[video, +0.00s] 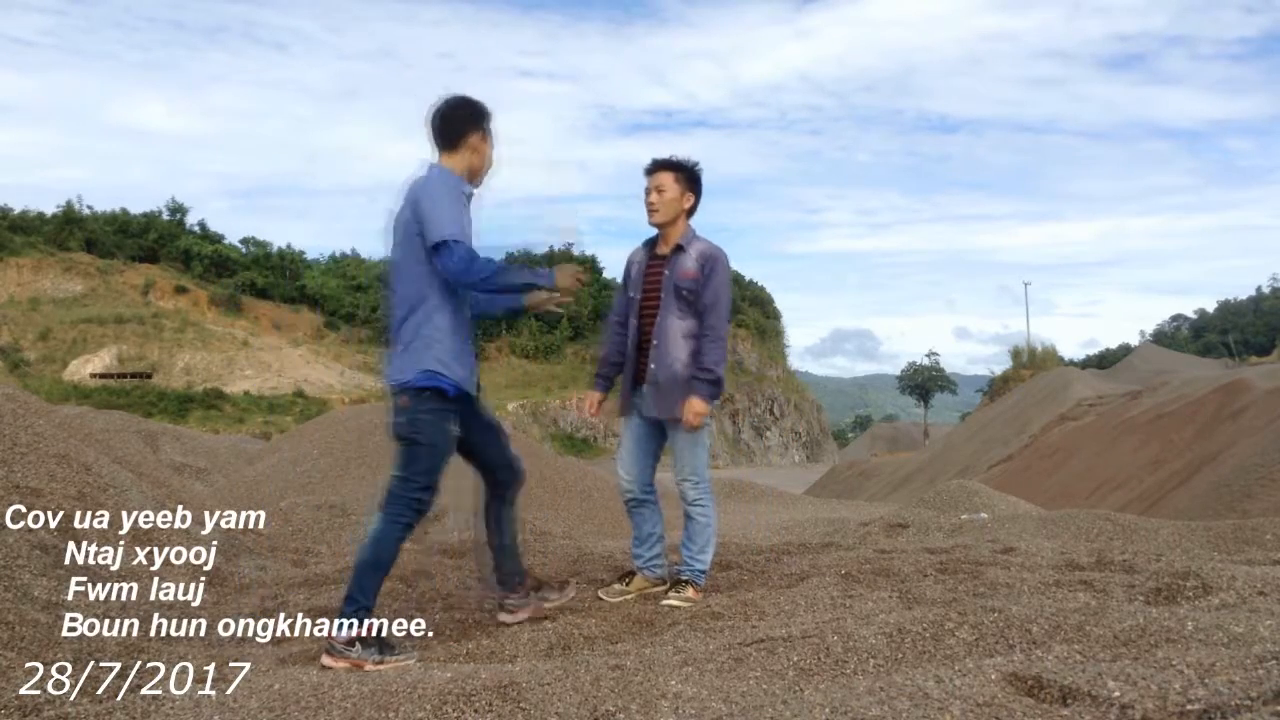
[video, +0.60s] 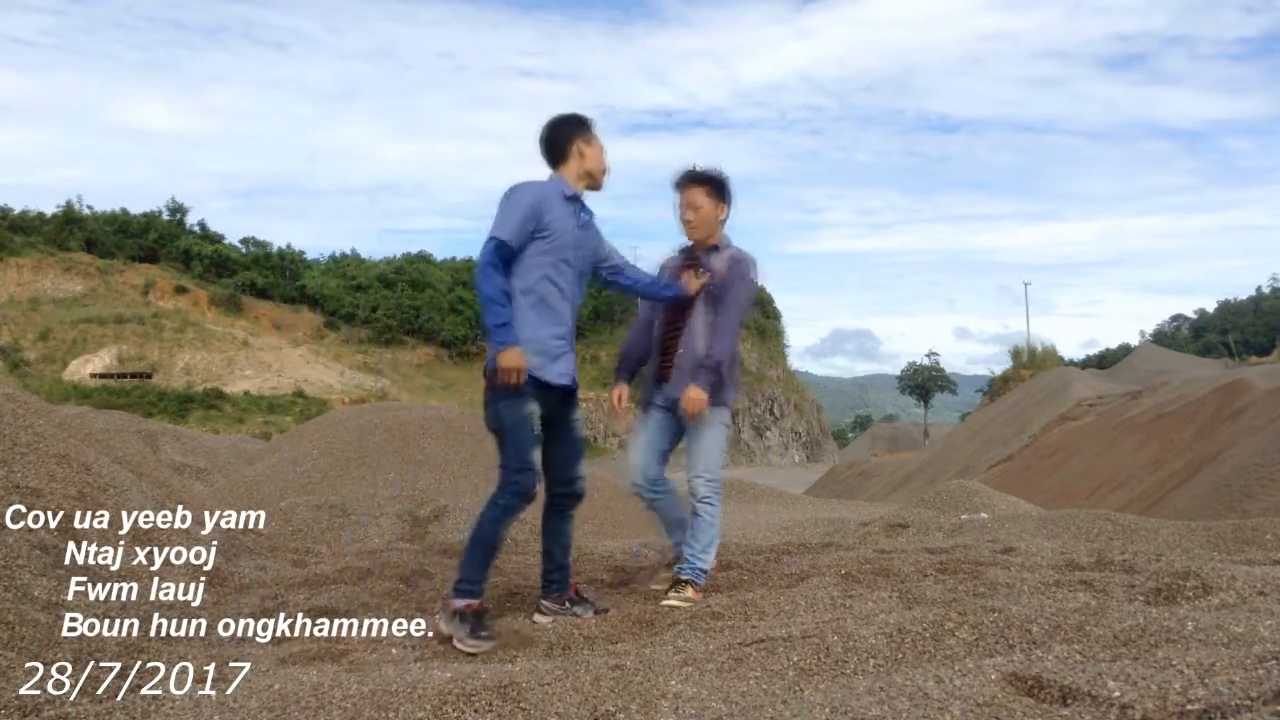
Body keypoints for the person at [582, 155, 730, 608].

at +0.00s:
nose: (650, 199)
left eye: (660, 191)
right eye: (647, 192)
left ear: (687, 199)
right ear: (646, 199)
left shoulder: (709, 258)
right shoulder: (638, 258)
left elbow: (715, 332)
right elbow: (619, 326)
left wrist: (703, 392)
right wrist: (600, 385)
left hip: (686, 393)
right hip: (641, 392)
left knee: (692, 488)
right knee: (634, 485)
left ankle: (693, 577)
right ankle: (650, 571)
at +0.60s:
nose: (686, 216)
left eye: (695, 208)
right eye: (682, 209)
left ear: (721, 210)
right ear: (679, 212)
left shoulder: (738, 265)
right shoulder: (672, 266)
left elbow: (727, 329)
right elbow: (646, 322)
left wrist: (704, 382)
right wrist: (623, 374)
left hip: (709, 395)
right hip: (662, 392)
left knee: (703, 484)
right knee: (643, 474)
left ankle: (692, 574)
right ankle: (690, 546)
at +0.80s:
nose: (722, 238)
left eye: (732, 231)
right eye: (719, 230)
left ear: (755, 240)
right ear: (714, 236)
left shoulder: (769, 296)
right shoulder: (695, 288)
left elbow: (774, 344)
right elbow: (659, 330)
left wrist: (745, 335)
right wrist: (628, 362)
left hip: (741, 403)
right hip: (697, 403)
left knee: (718, 474)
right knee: (693, 493)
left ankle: (702, 571)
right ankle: (739, 565)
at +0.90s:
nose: (729, 244)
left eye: (739, 237)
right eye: (726, 237)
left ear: (761, 247)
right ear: (720, 243)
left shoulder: (782, 300)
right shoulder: (705, 299)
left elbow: (801, 354)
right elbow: (675, 341)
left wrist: (775, 342)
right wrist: (645, 369)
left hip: (756, 404)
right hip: (712, 406)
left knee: (736, 466)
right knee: (697, 487)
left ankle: (740, 558)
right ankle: (724, 555)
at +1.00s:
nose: (742, 240)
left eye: (751, 233)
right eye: (738, 234)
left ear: (773, 239)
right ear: (734, 239)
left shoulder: (796, 291)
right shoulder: (719, 295)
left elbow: (820, 342)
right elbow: (700, 347)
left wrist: (808, 373)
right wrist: (681, 376)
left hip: (776, 400)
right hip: (728, 402)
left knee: (766, 461)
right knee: (719, 483)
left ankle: (781, 540)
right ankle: (736, 567)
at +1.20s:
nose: (762, 256)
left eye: (771, 248)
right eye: (758, 249)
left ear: (793, 253)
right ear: (754, 253)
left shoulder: (816, 301)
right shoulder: (748, 300)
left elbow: (836, 360)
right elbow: (740, 356)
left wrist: (852, 414)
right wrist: (730, 403)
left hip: (812, 408)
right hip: (768, 407)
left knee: (806, 477)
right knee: (742, 467)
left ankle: (812, 552)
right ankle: (772, 544)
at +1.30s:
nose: (771, 246)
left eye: (779, 239)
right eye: (766, 240)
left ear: (800, 242)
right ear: (762, 243)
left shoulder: (824, 287)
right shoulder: (757, 294)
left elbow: (844, 345)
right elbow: (753, 349)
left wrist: (855, 397)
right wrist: (749, 395)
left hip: (821, 399)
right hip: (778, 402)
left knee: (808, 469)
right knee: (766, 474)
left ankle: (814, 547)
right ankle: (800, 529)